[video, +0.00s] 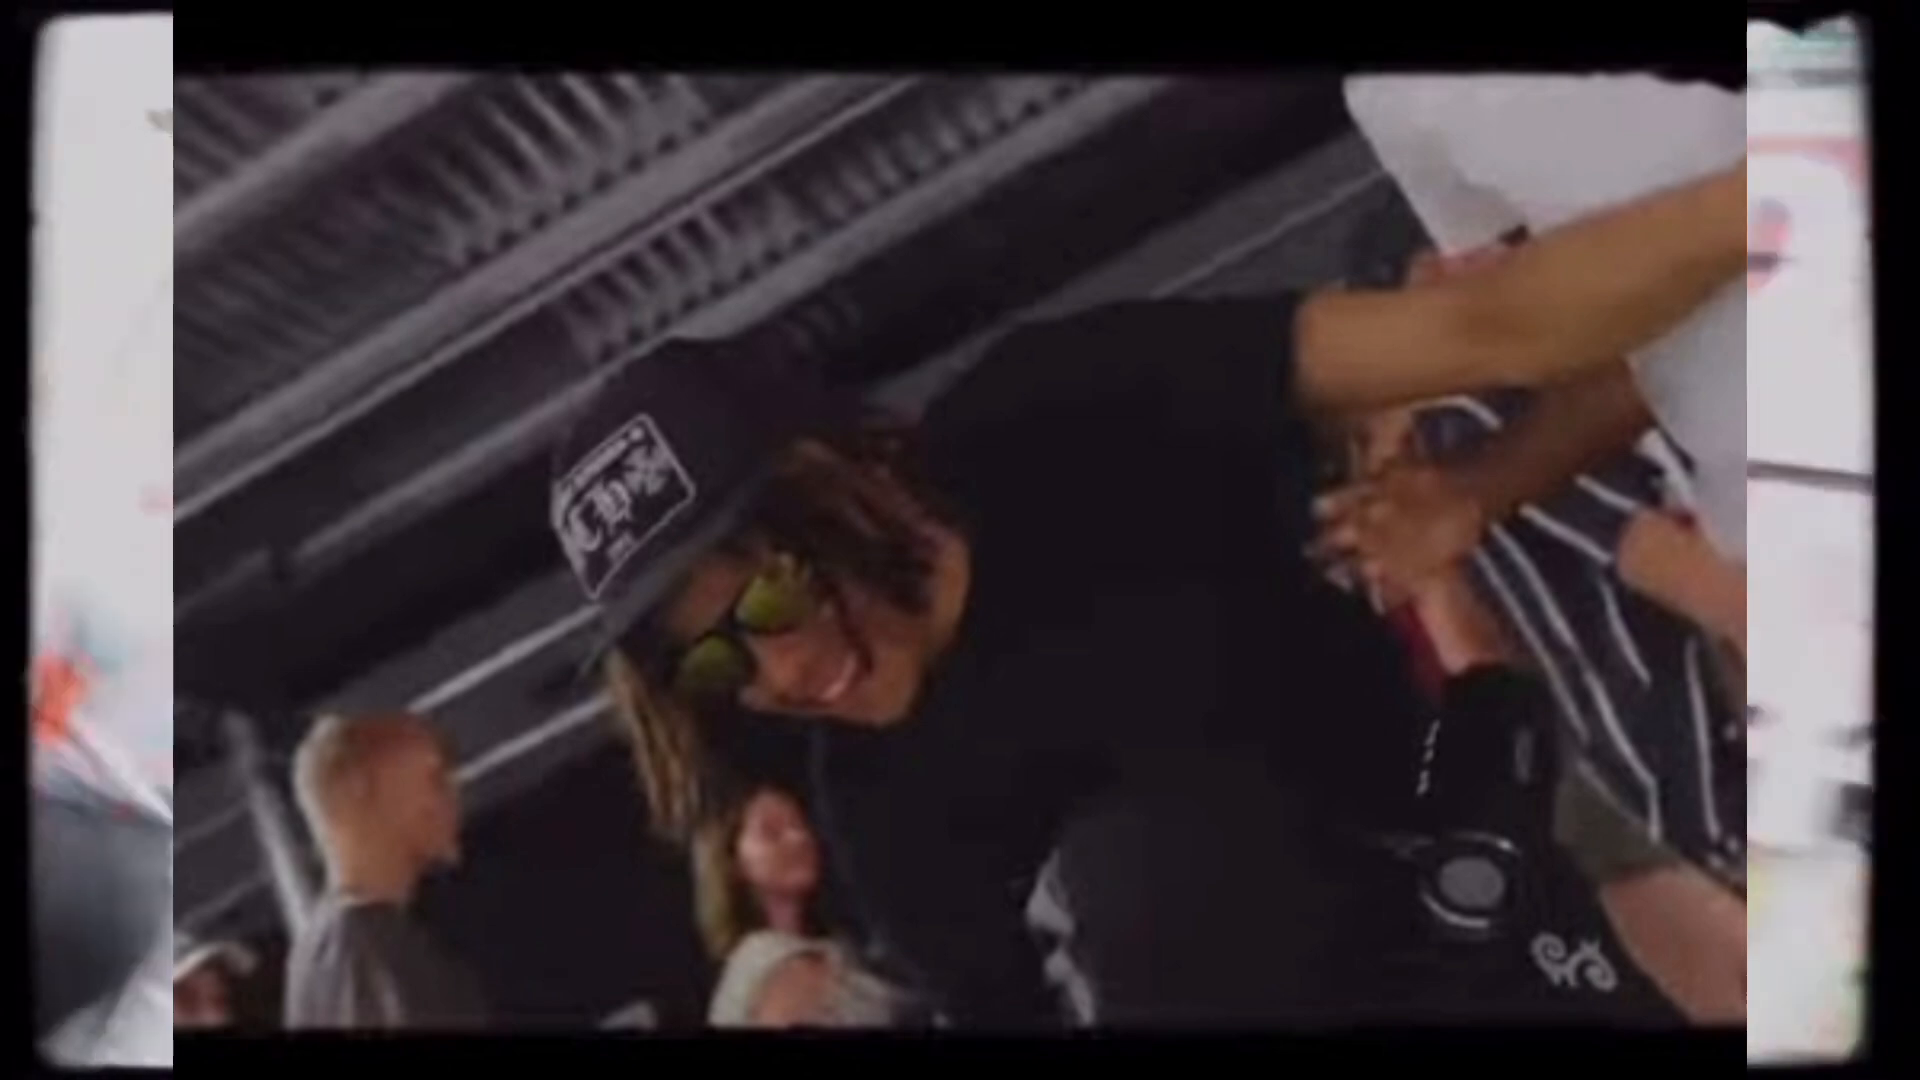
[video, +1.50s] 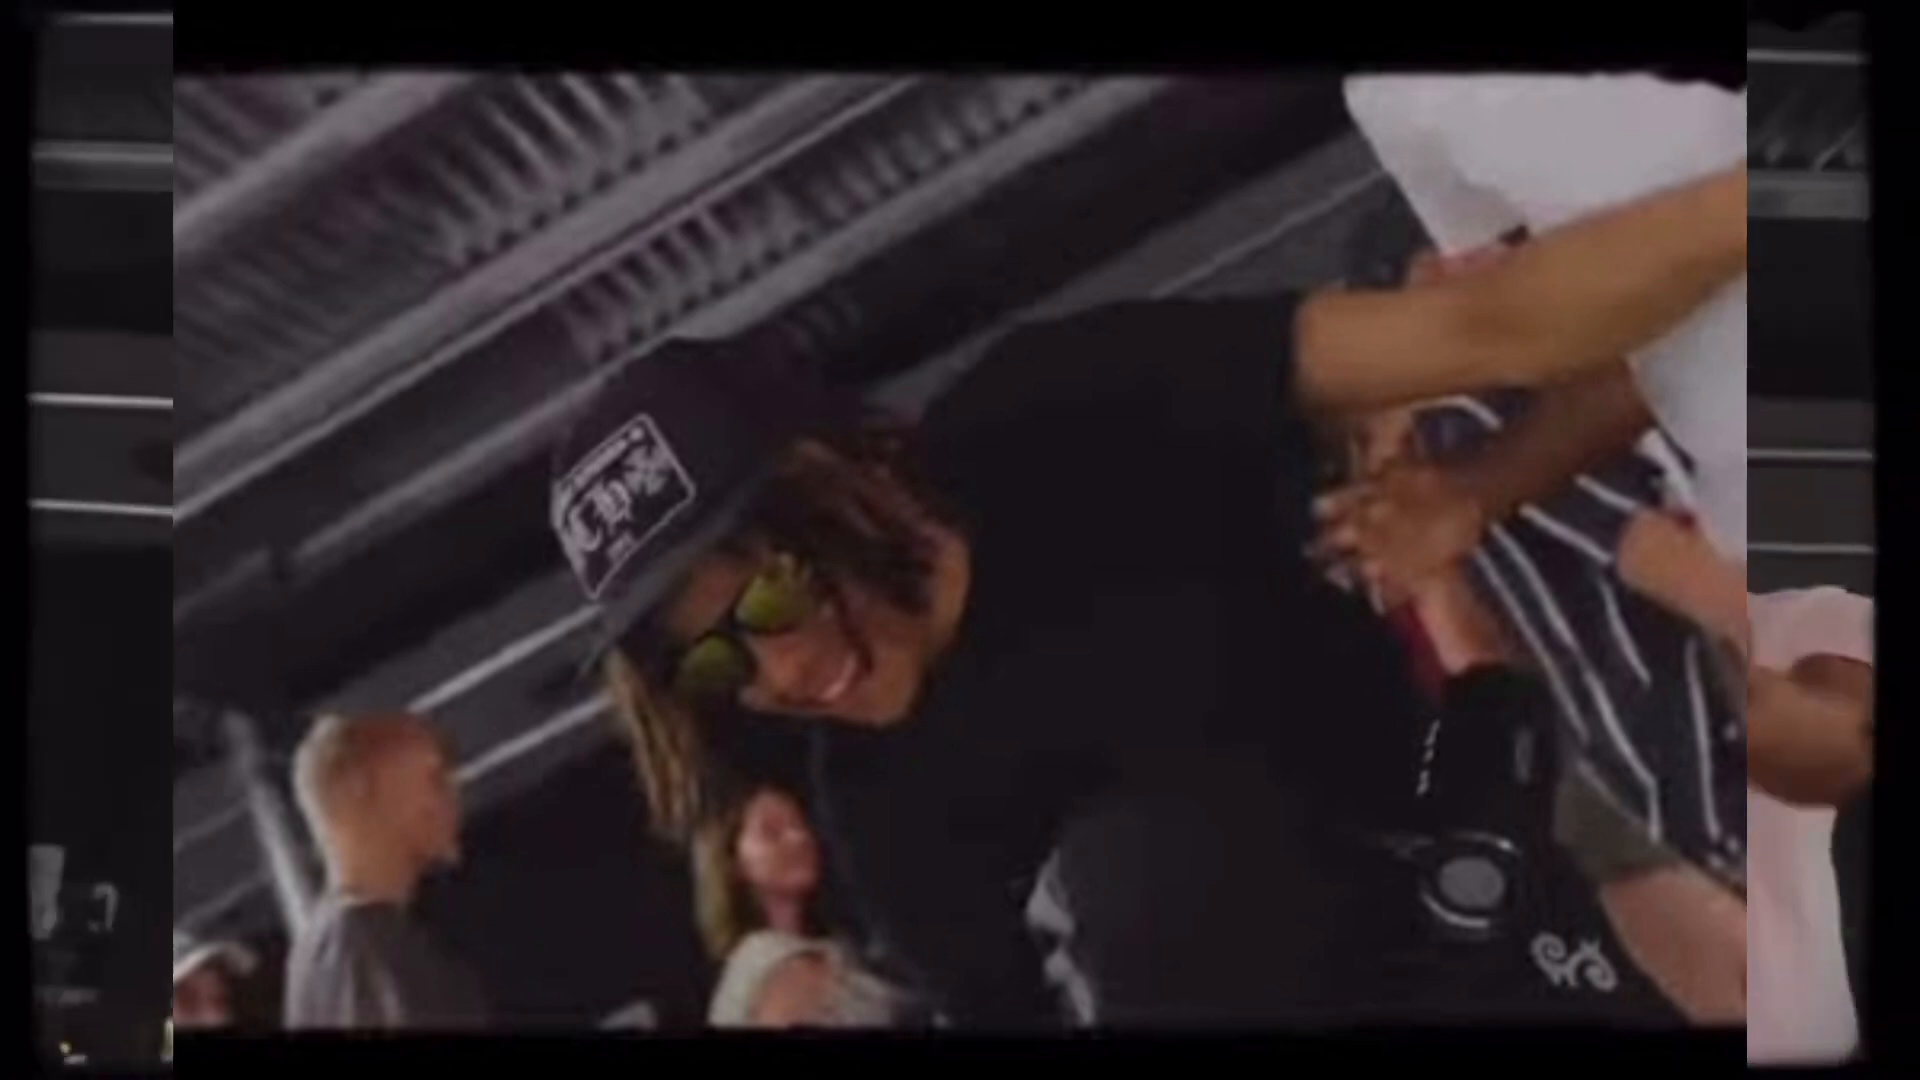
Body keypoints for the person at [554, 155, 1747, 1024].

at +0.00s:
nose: (769, 657)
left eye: (760, 583)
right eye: (710, 655)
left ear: (833, 476)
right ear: (689, 686)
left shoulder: (1056, 402)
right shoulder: (887, 843)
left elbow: (1468, 328)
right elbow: (1029, 1023)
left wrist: (1779, 193)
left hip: (1475, 837)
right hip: (1246, 969)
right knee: (1138, 859)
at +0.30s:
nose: (767, 658)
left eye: (759, 583)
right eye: (707, 655)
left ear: (833, 476)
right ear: (686, 686)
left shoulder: (1052, 403)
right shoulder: (888, 846)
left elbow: (1465, 331)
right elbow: (1037, 1025)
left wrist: (1781, 190)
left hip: (1486, 834)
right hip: (1270, 973)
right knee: (1134, 866)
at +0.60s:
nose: (769, 656)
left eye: (762, 581)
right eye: (709, 655)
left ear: (835, 475)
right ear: (686, 688)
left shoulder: (1052, 404)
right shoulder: (889, 846)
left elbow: (1469, 329)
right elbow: (1036, 1025)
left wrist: (1790, 188)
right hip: (1267, 972)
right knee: (1137, 863)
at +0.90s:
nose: (768, 657)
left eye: (760, 582)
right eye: (708, 655)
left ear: (834, 476)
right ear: (686, 686)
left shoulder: (1051, 404)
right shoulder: (887, 845)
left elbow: (1471, 328)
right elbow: (1036, 1025)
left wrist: (1787, 187)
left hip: (1480, 842)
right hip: (1250, 971)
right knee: (1135, 864)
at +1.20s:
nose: (767, 657)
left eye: (760, 582)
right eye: (708, 654)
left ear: (835, 476)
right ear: (686, 686)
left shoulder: (1051, 403)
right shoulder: (889, 848)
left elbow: (1470, 329)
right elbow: (1042, 1025)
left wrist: (1792, 185)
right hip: (1272, 972)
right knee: (1135, 864)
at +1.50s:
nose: (767, 660)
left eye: (760, 586)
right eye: (708, 656)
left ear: (834, 478)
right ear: (686, 685)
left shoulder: (1051, 404)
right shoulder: (887, 842)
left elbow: (1474, 329)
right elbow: (1030, 1024)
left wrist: (1772, 191)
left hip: (1468, 826)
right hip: (1242, 970)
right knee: (1133, 869)